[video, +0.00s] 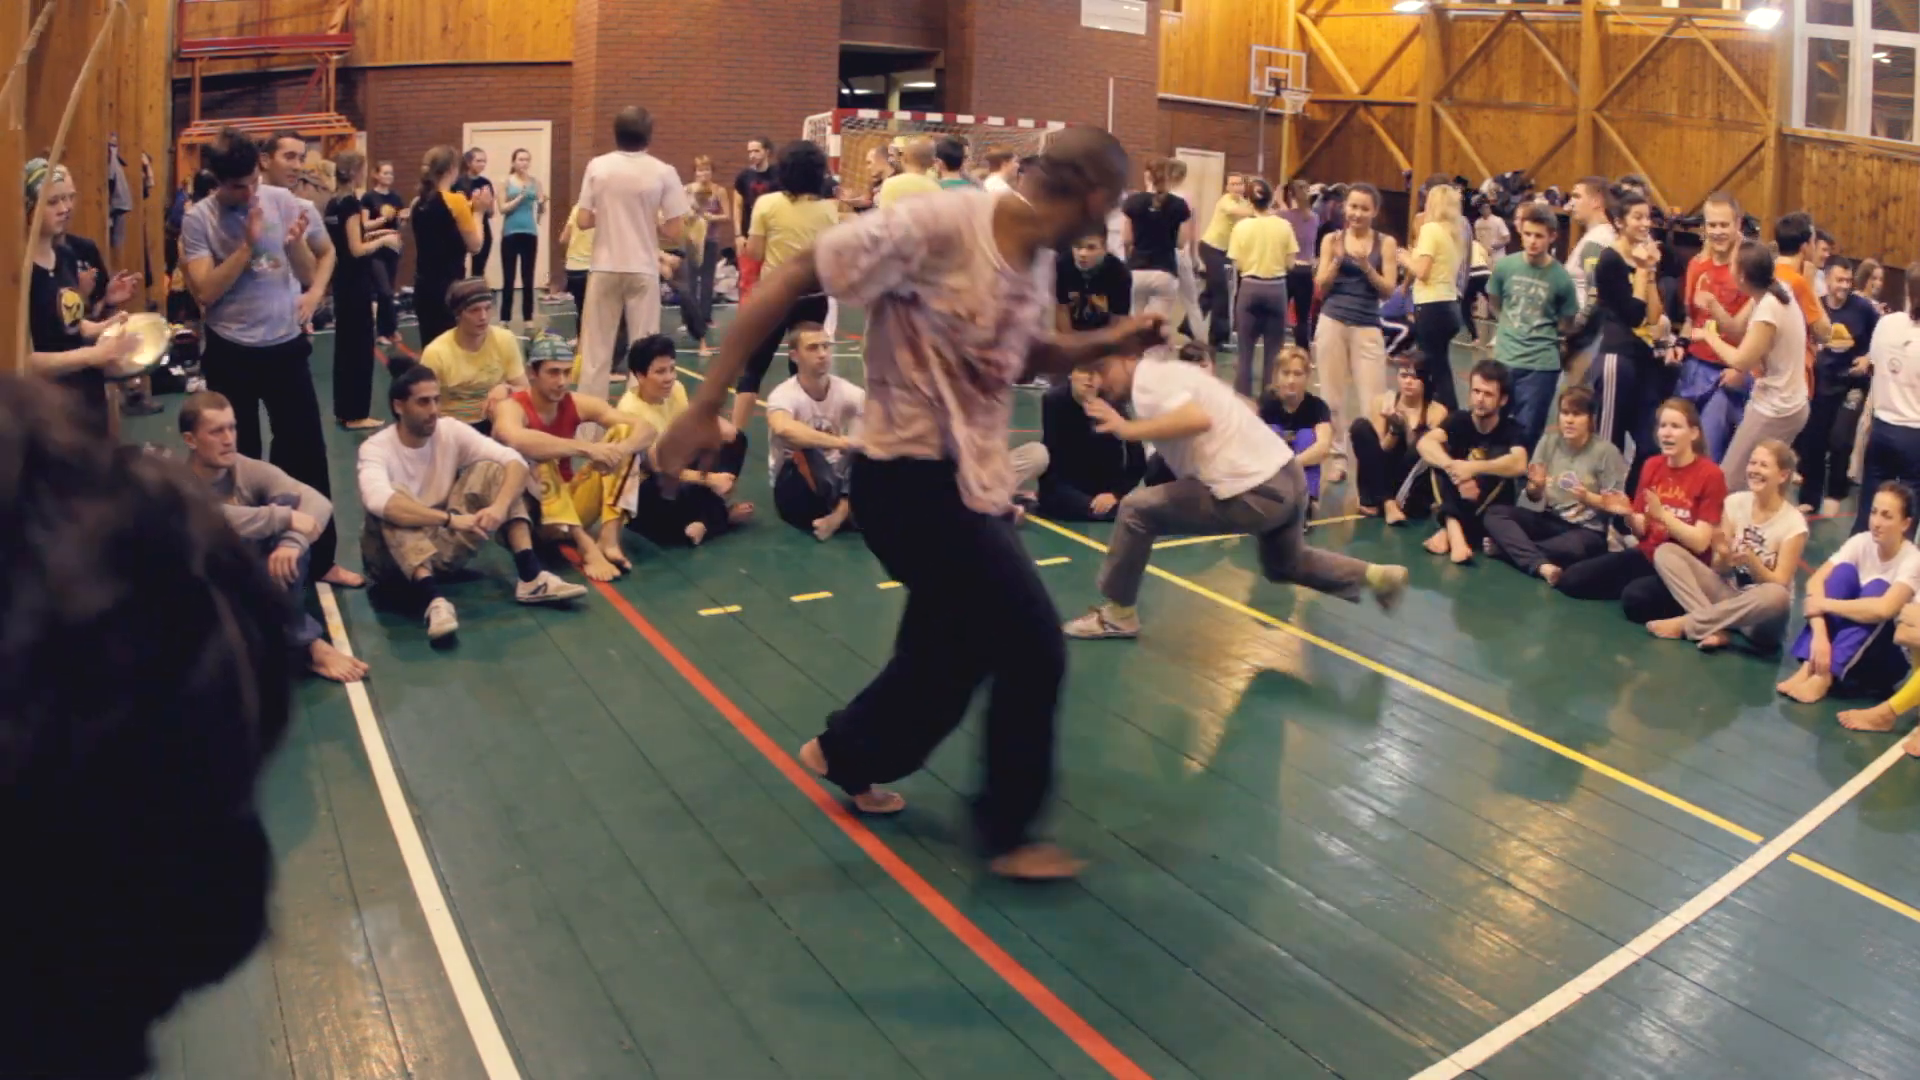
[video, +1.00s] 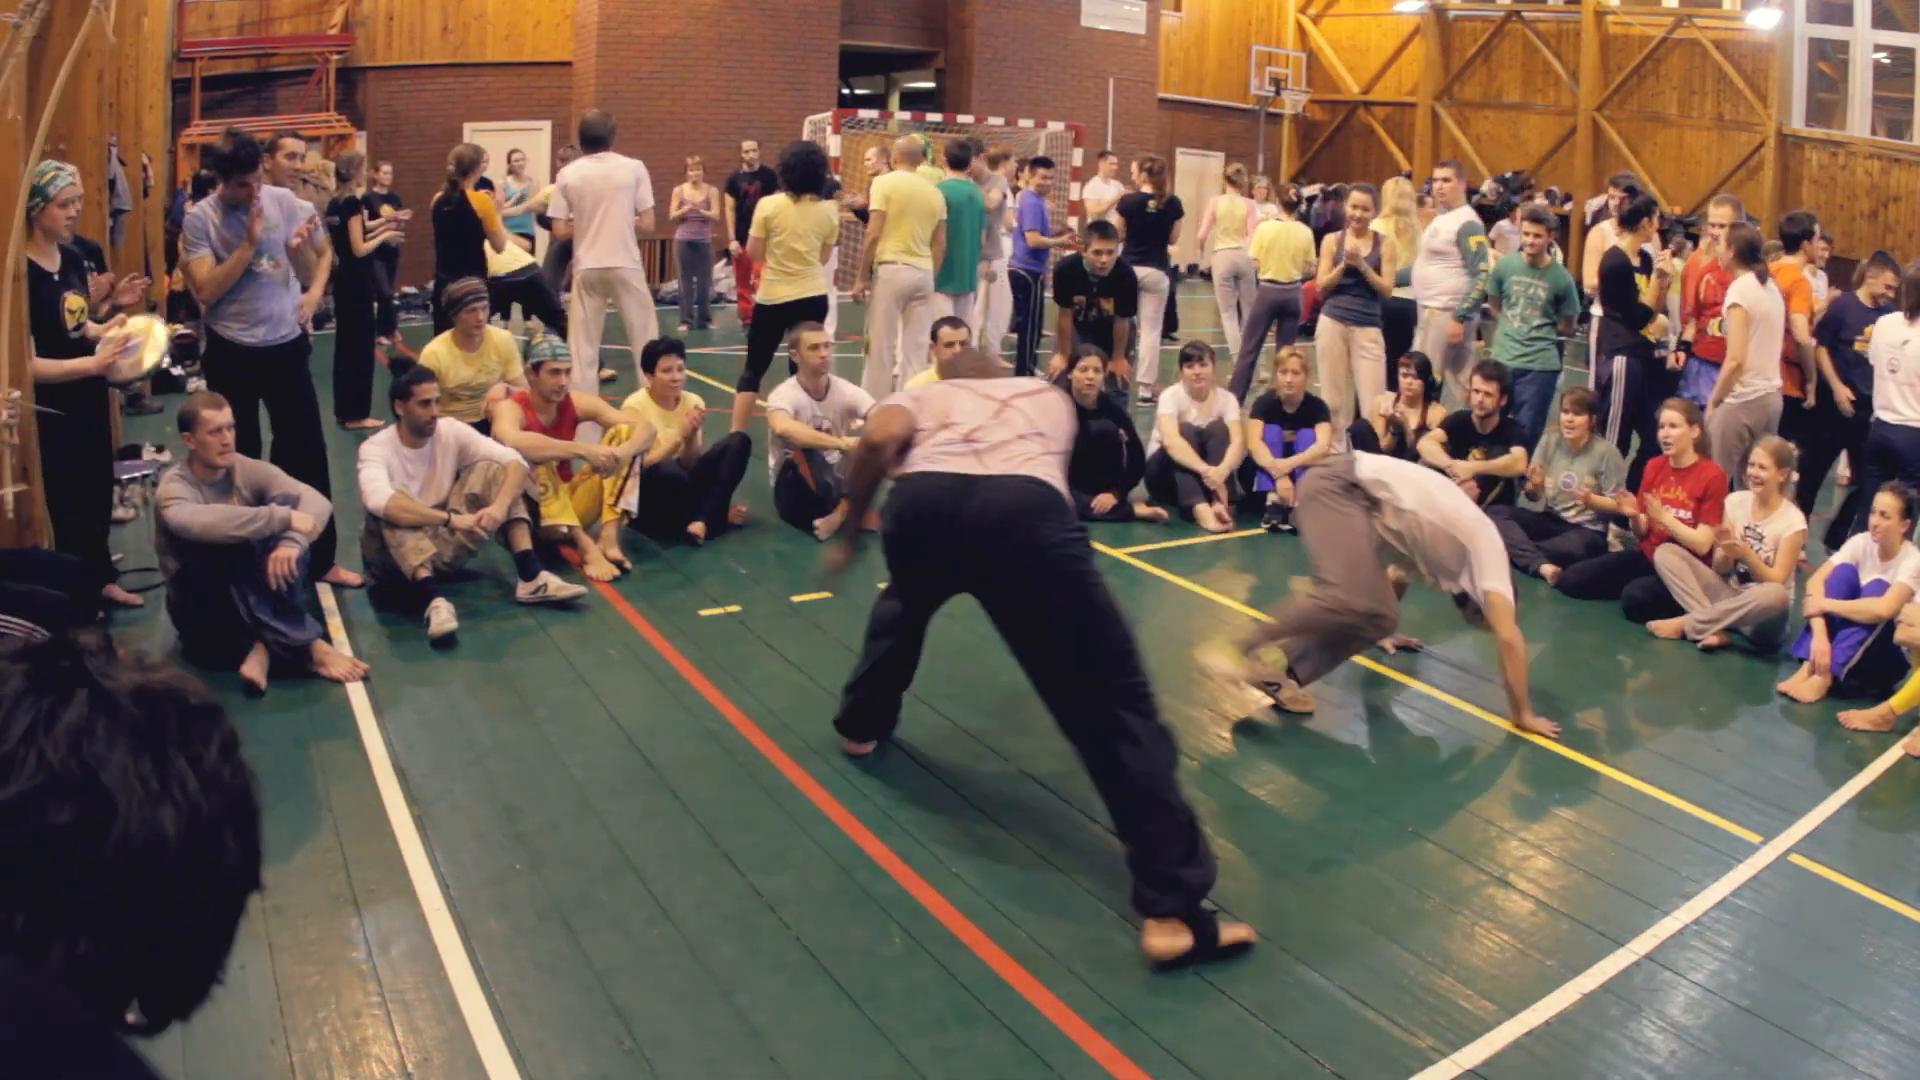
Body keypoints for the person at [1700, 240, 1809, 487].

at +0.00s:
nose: (1731, 273)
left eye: (1733, 268)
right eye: (1732, 267)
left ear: (1742, 276)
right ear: (1767, 269)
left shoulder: (1769, 307)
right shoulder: (1780, 292)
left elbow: (1741, 361)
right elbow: (1735, 328)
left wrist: (1710, 337)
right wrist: (1714, 308)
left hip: (1772, 411)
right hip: (1791, 405)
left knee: (1729, 478)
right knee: (1764, 476)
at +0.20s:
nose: (1740, 273)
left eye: (1742, 268)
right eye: (1742, 267)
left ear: (1750, 276)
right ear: (1776, 270)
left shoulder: (1773, 307)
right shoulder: (1788, 296)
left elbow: (1740, 358)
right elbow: (1755, 341)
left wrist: (1700, 323)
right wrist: (1720, 324)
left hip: (1778, 413)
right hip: (1798, 407)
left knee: (1733, 478)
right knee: (1772, 477)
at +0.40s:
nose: (1740, 268)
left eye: (1741, 263)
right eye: (1741, 262)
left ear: (1750, 269)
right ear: (1775, 263)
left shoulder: (1772, 304)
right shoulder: (1785, 291)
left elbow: (1760, 366)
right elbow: (1748, 332)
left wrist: (1731, 347)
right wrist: (1718, 313)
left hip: (1775, 409)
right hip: (1793, 405)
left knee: (1731, 476)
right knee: (1767, 478)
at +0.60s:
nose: (1733, 266)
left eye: (1735, 260)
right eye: (1734, 259)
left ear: (1743, 265)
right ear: (1769, 261)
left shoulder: (1763, 299)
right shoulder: (1782, 292)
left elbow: (1742, 357)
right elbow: (1759, 343)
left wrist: (1698, 338)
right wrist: (1724, 325)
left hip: (1769, 406)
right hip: (1790, 402)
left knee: (1730, 474)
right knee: (1768, 474)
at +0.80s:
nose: (1721, 254)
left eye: (1725, 249)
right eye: (1722, 248)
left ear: (1734, 256)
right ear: (1760, 254)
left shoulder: (1752, 292)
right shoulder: (1774, 287)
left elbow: (1739, 355)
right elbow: (1758, 341)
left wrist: (1692, 355)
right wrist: (1720, 335)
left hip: (1756, 404)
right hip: (1780, 400)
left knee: (1722, 477)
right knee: (1758, 477)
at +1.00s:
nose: (1719, 252)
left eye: (1722, 246)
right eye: (1720, 245)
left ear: (1731, 252)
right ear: (1756, 251)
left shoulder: (1739, 290)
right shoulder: (1771, 287)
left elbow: (1736, 360)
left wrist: (1713, 403)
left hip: (1741, 397)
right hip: (1772, 392)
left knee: (1718, 483)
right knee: (1755, 485)